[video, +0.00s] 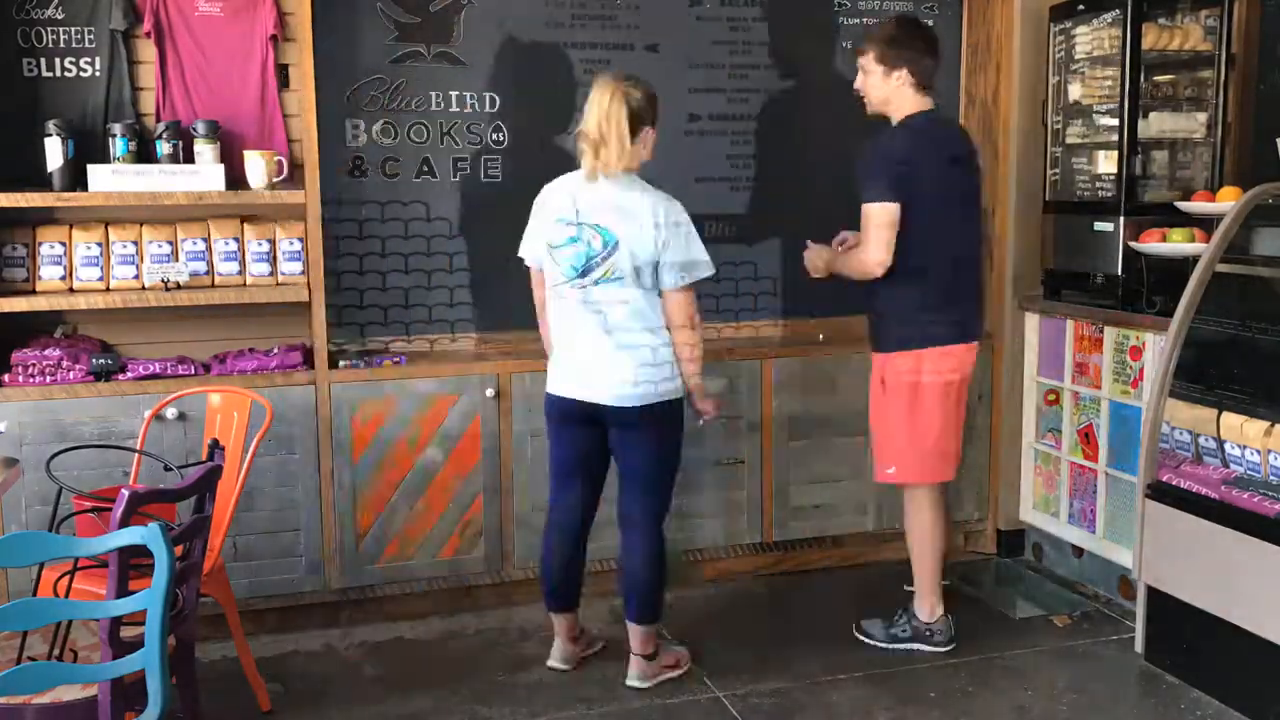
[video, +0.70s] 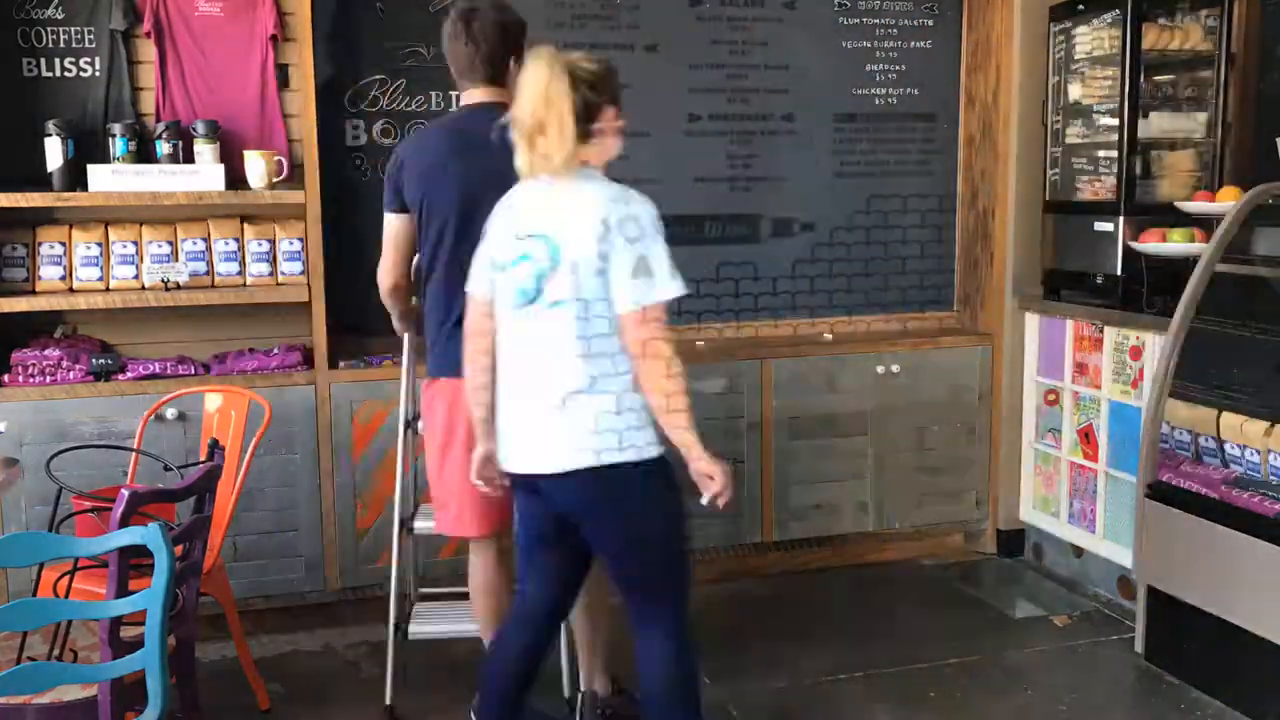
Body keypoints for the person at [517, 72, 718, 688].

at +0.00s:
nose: (656, 140)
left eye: (655, 130)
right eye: (654, 130)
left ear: (592, 127)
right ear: (640, 134)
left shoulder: (553, 197)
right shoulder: (660, 211)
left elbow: (543, 301)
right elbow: (682, 319)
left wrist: (563, 363)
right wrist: (698, 391)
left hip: (569, 388)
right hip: (645, 392)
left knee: (566, 511)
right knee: (642, 521)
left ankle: (564, 637)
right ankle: (644, 654)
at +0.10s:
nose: (581, 77)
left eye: (580, 72)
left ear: (582, 89)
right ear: (633, 84)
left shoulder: (564, 155)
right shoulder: (652, 128)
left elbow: (545, 252)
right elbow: (657, 59)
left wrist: (576, 229)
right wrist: (604, 7)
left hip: (601, 320)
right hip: (663, 310)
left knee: (600, 455)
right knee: (685, 443)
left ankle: (600, 591)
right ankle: (714, 576)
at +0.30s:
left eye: (692, 57)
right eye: (728, 56)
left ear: (683, 68)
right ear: (739, 66)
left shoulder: (662, 139)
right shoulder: (754, 125)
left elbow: (637, 229)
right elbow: (757, 77)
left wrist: (670, 215)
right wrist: (748, 27)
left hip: (687, 306)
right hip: (750, 299)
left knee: (679, 434)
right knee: (756, 429)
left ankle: (678, 562)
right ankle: (766, 554)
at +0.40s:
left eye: (574, 72)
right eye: (614, 69)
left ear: (576, 89)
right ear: (628, 82)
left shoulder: (563, 157)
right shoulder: (655, 139)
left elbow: (532, 240)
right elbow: (655, 101)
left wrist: (553, 203)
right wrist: (635, 44)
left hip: (600, 334)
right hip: (663, 324)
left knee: (616, 463)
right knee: (682, 449)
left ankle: (630, 595)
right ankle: (711, 575)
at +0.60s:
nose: (680, 85)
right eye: (680, 77)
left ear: (617, 83)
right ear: (676, 84)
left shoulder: (588, 153)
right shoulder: (676, 154)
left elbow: (564, 255)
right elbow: (690, 276)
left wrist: (584, 322)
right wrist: (720, 296)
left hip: (596, 341)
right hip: (649, 346)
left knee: (640, 481)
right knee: (625, 495)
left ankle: (666, 597)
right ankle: (593, 649)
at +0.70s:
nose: (623, 119)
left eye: (618, 107)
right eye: (613, 108)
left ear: (540, 120)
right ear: (590, 118)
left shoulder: (505, 213)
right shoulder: (622, 209)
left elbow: (478, 339)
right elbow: (648, 345)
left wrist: (485, 436)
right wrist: (695, 450)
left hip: (531, 459)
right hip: (617, 461)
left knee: (535, 609)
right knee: (660, 620)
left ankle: (488, 712)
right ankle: (672, 714)